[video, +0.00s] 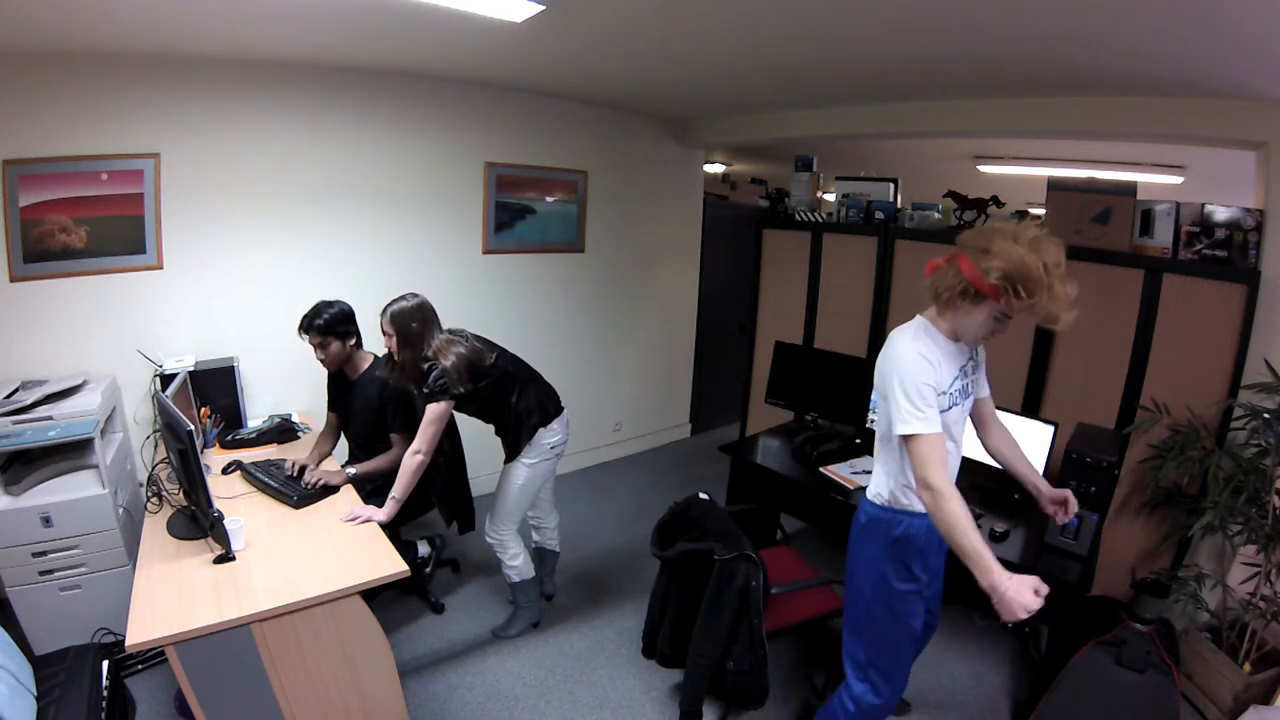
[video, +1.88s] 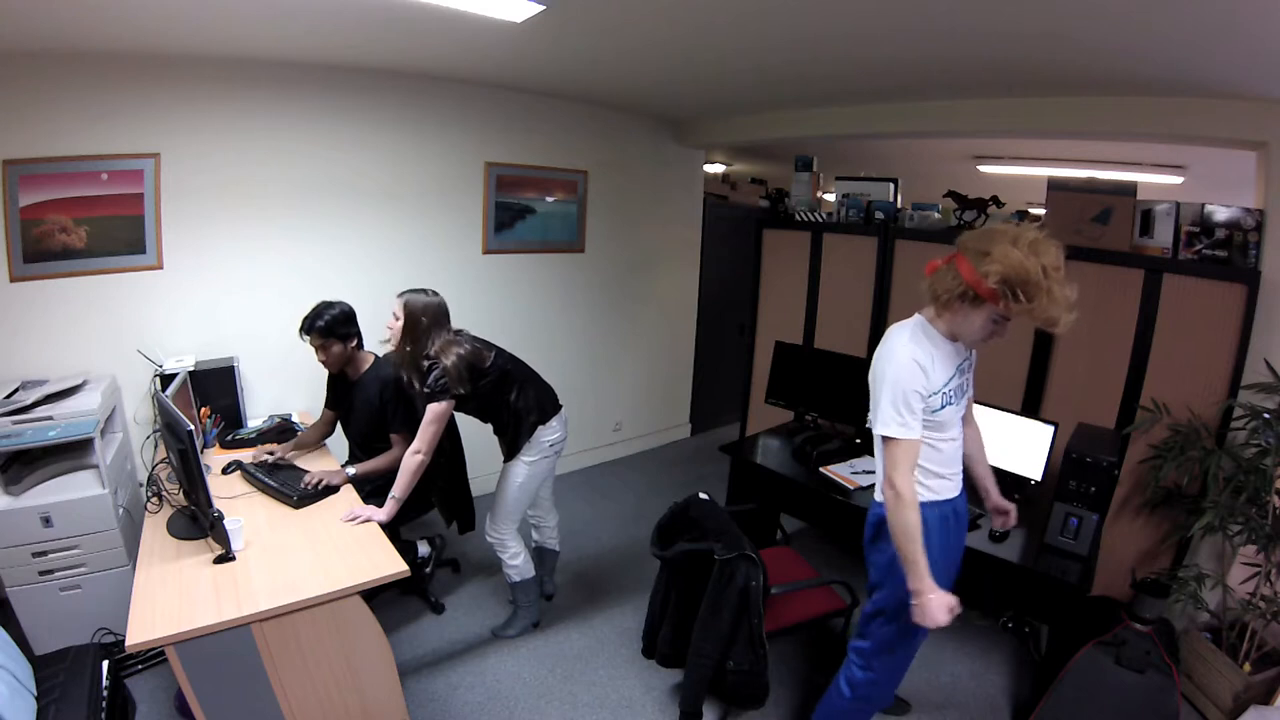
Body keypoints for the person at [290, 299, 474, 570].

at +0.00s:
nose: (318, 356)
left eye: (323, 346)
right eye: (314, 348)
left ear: (350, 339)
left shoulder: (388, 382)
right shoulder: (338, 375)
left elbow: (402, 451)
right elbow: (332, 428)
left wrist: (346, 474)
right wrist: (312, 459)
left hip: (407, 476)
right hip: (364, 473)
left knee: (342, 532)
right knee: (320, 514)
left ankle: (420, 552)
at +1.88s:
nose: (319, 357)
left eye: (325, 348)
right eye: (315, 349)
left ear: (351, 342)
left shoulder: (388, 379)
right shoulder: (339, 375)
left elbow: (403, 451)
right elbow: (325, 424)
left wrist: (346, 473)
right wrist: (288, 447)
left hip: (403, 479)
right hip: (363, 474)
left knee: (343, 531)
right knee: (318, 514)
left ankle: (418, 553)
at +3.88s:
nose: (311, 356)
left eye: (316, 348)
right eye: (310, 348)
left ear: (343, 345)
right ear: (337, 347)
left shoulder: (390, 380)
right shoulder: (337, 378)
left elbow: (406, 448)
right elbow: (312, 428)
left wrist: (347, 473)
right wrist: (260, 453)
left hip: (413, 477)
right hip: (371, 470)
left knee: (353, 532)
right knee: (323, 514)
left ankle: (418, 555)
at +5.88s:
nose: (317, 356)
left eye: (321, 347)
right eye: (313, 348)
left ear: (348, 342)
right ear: (343, 344)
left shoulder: (389, 379)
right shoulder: (337, 376)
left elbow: (404, 450)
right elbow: (312, 428)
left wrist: (347, 473)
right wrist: (259, 453)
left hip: (410, 477)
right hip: (368, 471)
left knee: (349, 533)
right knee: (319, 515)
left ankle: (419, 553)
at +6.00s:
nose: (318, 356)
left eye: (323, 347)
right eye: (314, 348)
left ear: (350, 341)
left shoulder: (389, 379)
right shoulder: (337, 377)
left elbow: (404, 450)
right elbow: (312, 428)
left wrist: (347, 473)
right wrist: (259, 453)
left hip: (410, 477)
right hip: (368, 471)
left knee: (351, 533)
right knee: (320, 515)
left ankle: (419, 554)